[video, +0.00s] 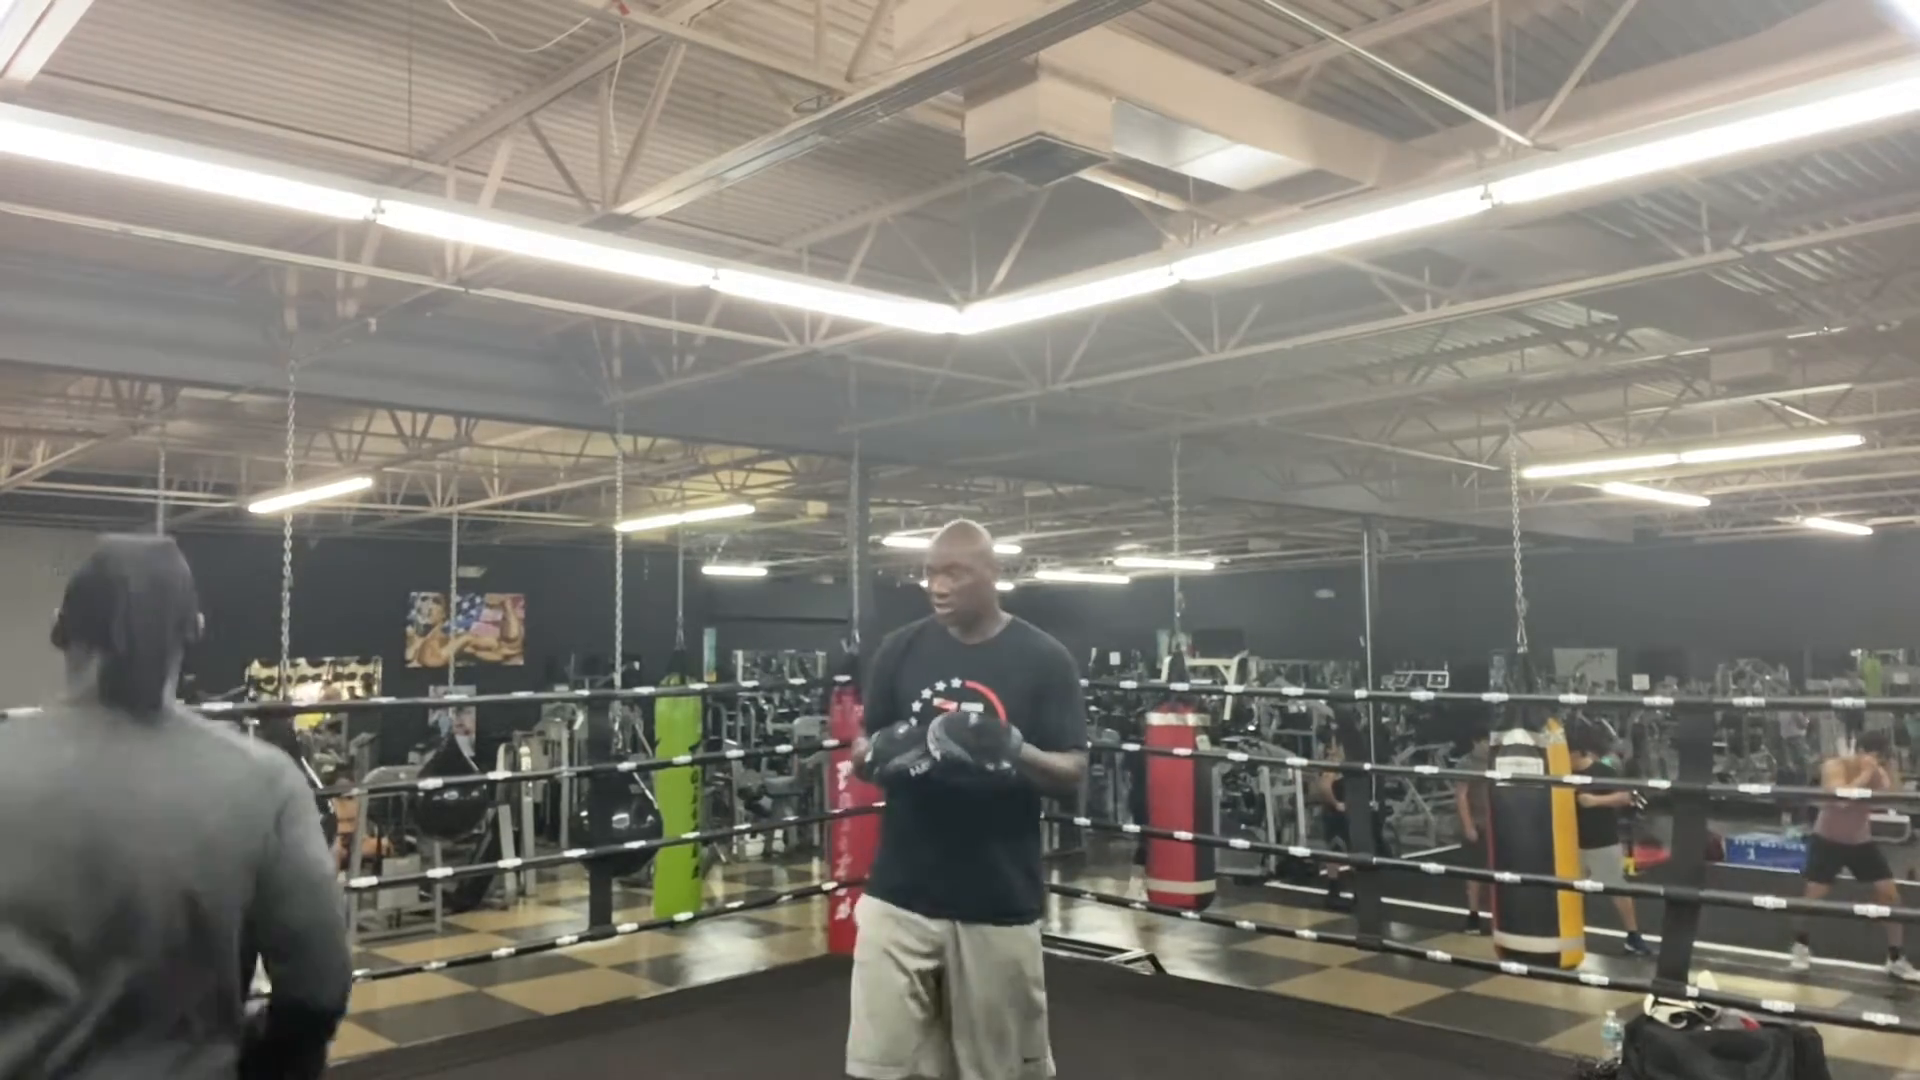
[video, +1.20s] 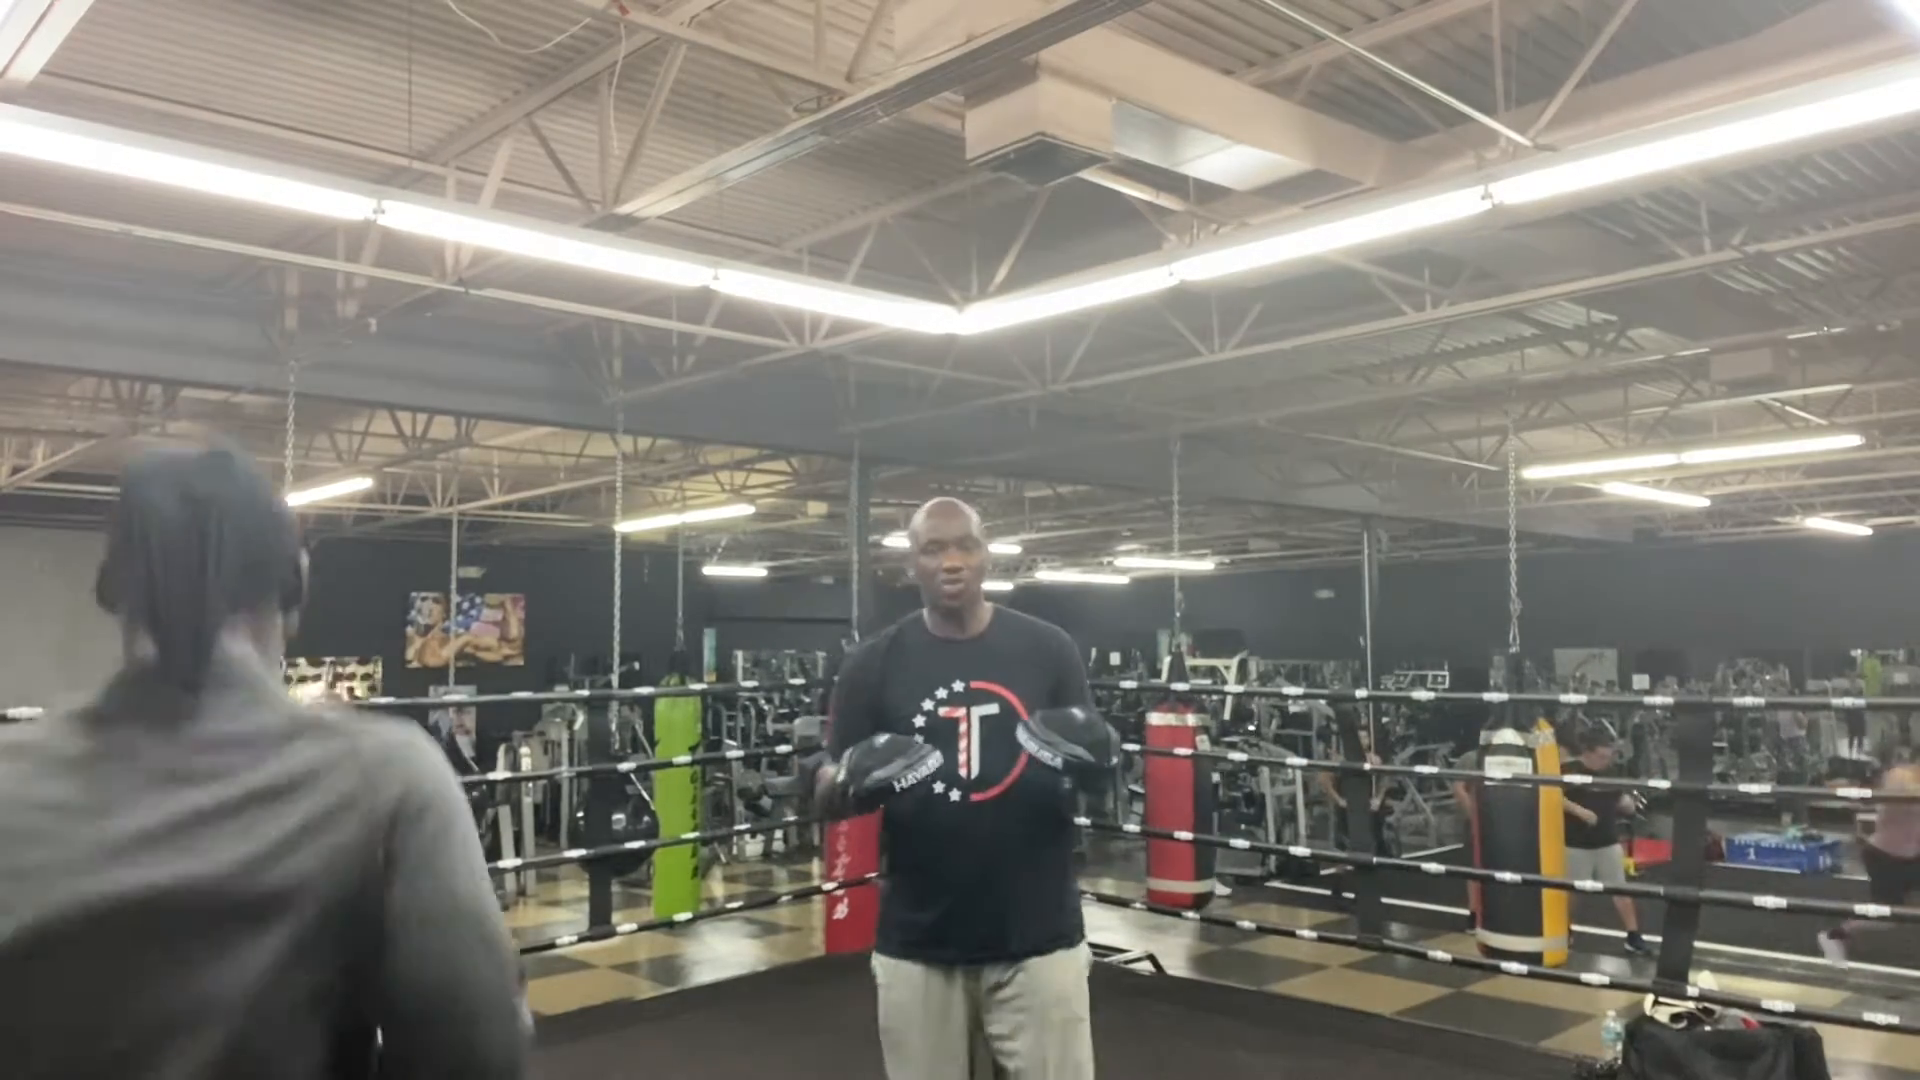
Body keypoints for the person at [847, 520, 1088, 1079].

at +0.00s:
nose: (938, 586)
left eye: (954, 572)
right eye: (932, 573)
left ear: (993, 574)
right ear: (924, 577)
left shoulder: (1045, 660)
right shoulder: (897, 650)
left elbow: (1073, 773)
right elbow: (863, 746)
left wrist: (1012, 751)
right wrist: (879, 754)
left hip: (999, 912)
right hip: (898, 903)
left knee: (1007, 1070)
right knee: (879, 1067)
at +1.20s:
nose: (951, 562)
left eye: (965, 546)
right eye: (934, 548)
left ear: (986, 556)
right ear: (913, 563)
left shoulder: (1051, 651)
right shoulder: (872, 665)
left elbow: (1095, 793)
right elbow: (823, 797)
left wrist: (1094, 762)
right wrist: (850, 779)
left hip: (1037, 939)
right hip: (918, 943)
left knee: (1055, 1072)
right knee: (923, 1074)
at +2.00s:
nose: (1085, 568)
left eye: (1102, 552)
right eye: (1070, 553)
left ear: (1132, 560)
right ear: (1054, 564)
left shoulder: (1176, 671)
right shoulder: (1027, 642)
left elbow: (1205, 809)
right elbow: (996, 746)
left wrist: (1105, 788)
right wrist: (982, 777)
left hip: (1115, 967)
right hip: (1011, 946)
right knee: (987, 1072)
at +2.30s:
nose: (1076, 566)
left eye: (1093, 552)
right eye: (1063, 552)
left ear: (1122, 562)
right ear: (1047, 564)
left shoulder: (1169, 666)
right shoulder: (1022, 649)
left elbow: (1216, 798)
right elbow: (998, 755)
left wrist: (1121, 787)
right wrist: (974, 774)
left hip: (1112, 956)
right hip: (1013, 940)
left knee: (1104, 1071)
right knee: (1007, 1072)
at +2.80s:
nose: (1022, 568)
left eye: (1040, 554)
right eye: (1016, 556)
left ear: (1082, 563)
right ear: (1010, 565)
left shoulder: (1141, 652)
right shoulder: (995, 652)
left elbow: (1197, 776)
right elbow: (963, 776)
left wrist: (1132, 739)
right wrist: (993, 738)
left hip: (1109, 926)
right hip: (1019, 920)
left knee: (1108, 1073)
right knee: (1018, 1072)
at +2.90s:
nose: (1000, 575)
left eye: (1015, 561)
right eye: (1000, 562)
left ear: (1065, 567)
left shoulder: (1143, 651)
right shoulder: (996, 654)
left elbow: (1198, 774)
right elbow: (966, 782)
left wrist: (1130, 739)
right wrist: (993, 740)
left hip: (1117, 924)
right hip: (1024, 920)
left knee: (1111, 1074)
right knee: (1020, 1072)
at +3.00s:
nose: (1001, 575)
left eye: (1015, 561)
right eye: (1001, 562)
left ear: (1064, 568)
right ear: (1052, 570)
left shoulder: (1145, 648)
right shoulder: (1000, 652)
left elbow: (1205, 767)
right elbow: (974, 775)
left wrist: (1134, 730)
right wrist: (998, 740)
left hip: (1122, 920)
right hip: (1031, 914)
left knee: (1115, 1074)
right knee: (1026, 1070)